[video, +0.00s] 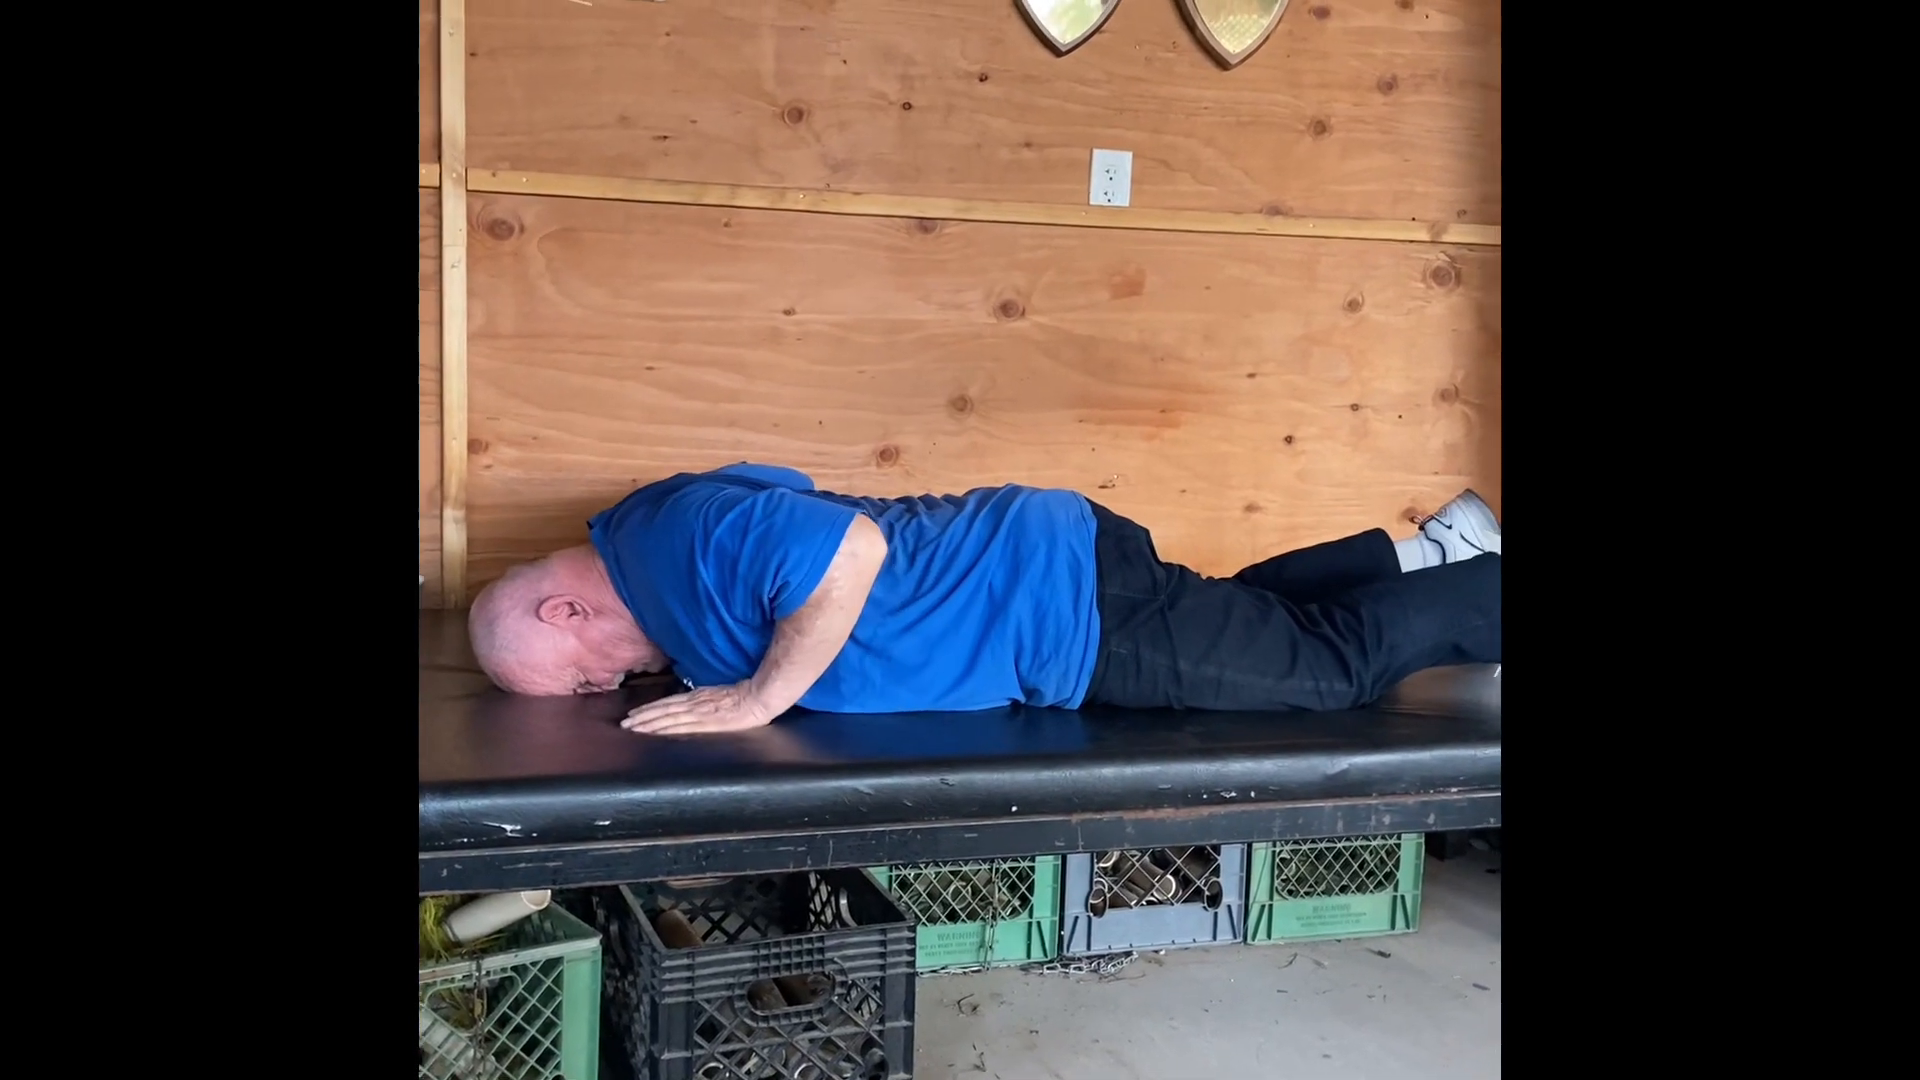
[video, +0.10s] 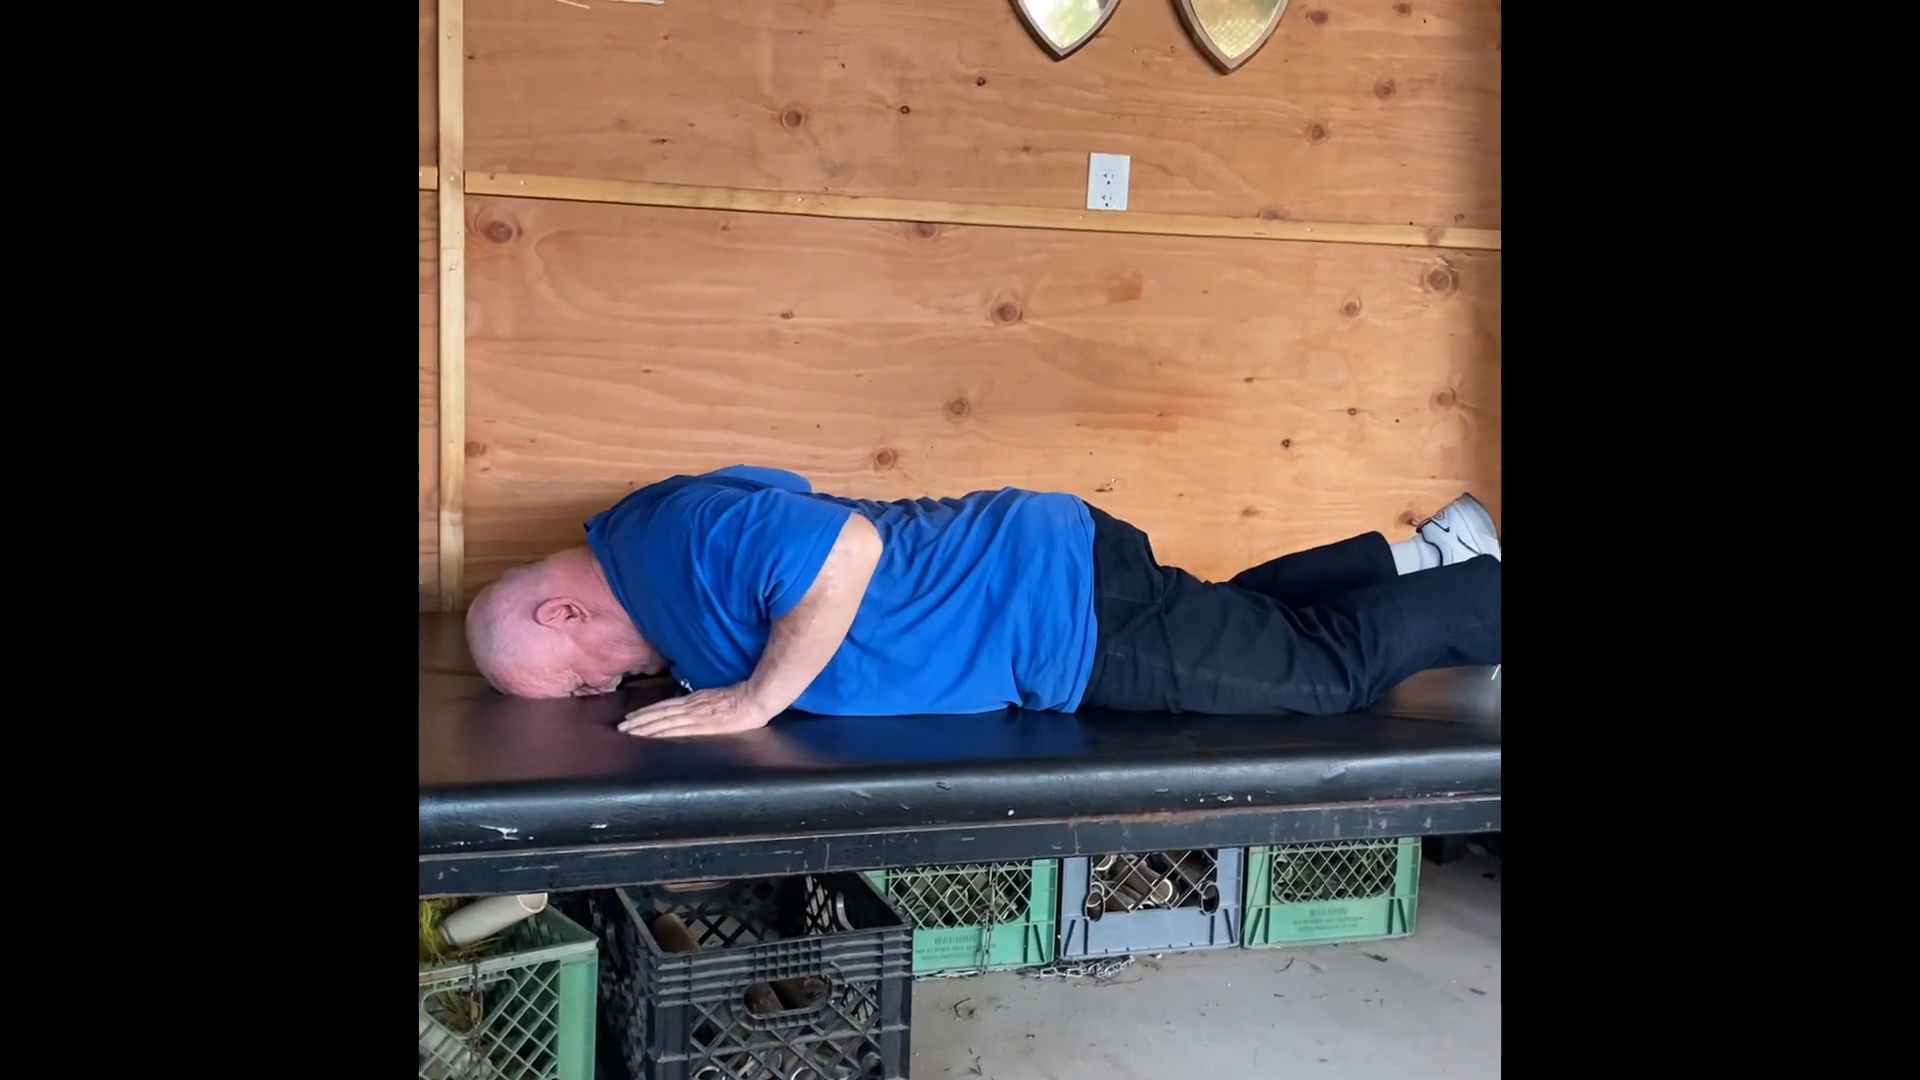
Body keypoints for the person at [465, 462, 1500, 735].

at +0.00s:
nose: (599, 680)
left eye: (571, 669)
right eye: (574, 678)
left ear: (560, 609)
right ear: (565, 611)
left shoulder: (685, 535)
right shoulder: (661, 579)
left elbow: (853, 553)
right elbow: (828, 574)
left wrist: (756, 695)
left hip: (1065, 600)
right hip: (1043, 621)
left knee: (1332, 664)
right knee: (1255, 631)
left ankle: (1485, 589)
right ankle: (1432, 552)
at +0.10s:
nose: (597, 680)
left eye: (568, 668)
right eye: (571, 678)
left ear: (556, 608)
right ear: (564, 616)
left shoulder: (683, 534)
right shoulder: (661, 588)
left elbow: (849, 554)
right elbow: (825, 580)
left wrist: (752, 698)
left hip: (1063, 603)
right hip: (1041, 639)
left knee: (1327, 666)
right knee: (1254, 636)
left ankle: (1483, 592)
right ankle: (1429, 555)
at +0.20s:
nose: (594, 689)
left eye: (566, 679)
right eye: (568, 688)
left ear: (553, 616)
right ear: (558, 616)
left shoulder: (669, 547)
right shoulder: (650, 571)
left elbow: (839, 562)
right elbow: (821, 559)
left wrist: (753, 709)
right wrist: (710, 674)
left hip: (1058, 610)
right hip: (1035, 602)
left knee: (1323, 673)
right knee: (1252, 639)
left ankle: (1482, 598)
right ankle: (1427, 554)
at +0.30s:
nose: (593, 695)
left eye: (564, 684)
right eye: (567, 693)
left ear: (550, 621)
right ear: (555, 620)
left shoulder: (664, 551)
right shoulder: (650, 584)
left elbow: (831, 560)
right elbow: (817, 564)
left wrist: (748, 713)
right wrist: (714, 680)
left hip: (1056, 611)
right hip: (1034, 626)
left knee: (1320, 676)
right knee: (1252, 649)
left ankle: (1485, 603)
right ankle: (1431, 562)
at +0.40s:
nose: (590, 699)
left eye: (561, 689)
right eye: (565, 698)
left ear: (546, 624)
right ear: (552, 626)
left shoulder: (662, 555)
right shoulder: (649, 595)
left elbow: (830, 566)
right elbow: (816, 579)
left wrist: (746, 720)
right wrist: (711, 689)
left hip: (1052, 614)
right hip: (1032, 649)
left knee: (1316, 680)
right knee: (1249, 659)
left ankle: (1486, 611)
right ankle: (1425, 568)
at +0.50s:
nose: (586, 710)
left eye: (558, 701)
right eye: (561, 707)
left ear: (546, 635)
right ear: (548, 627)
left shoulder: (657, 567)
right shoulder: (640, 580)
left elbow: (826, 574)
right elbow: (819, 550)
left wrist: (750, 728)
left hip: (1052, 624)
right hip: (1030, 626)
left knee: (1315, 689)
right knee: (1245, 662)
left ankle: (1481, 622)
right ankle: (1420, 572)